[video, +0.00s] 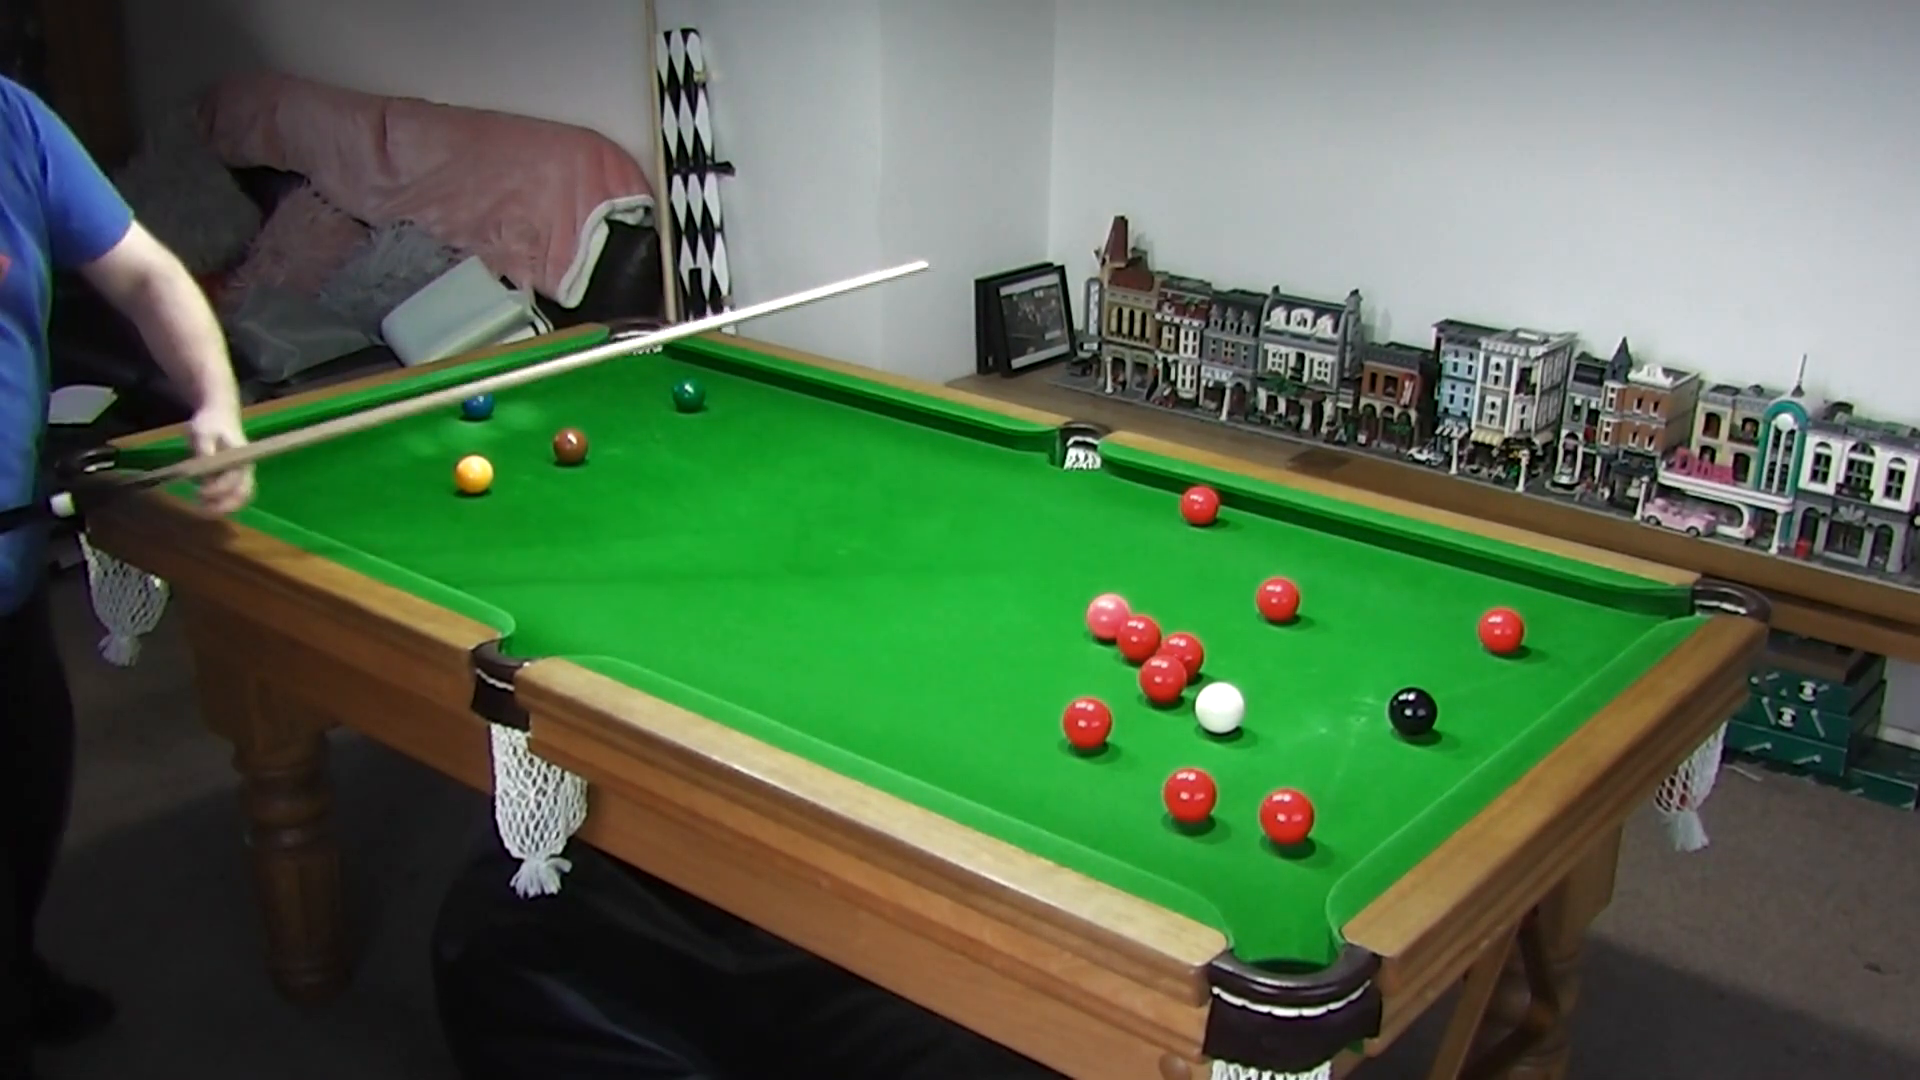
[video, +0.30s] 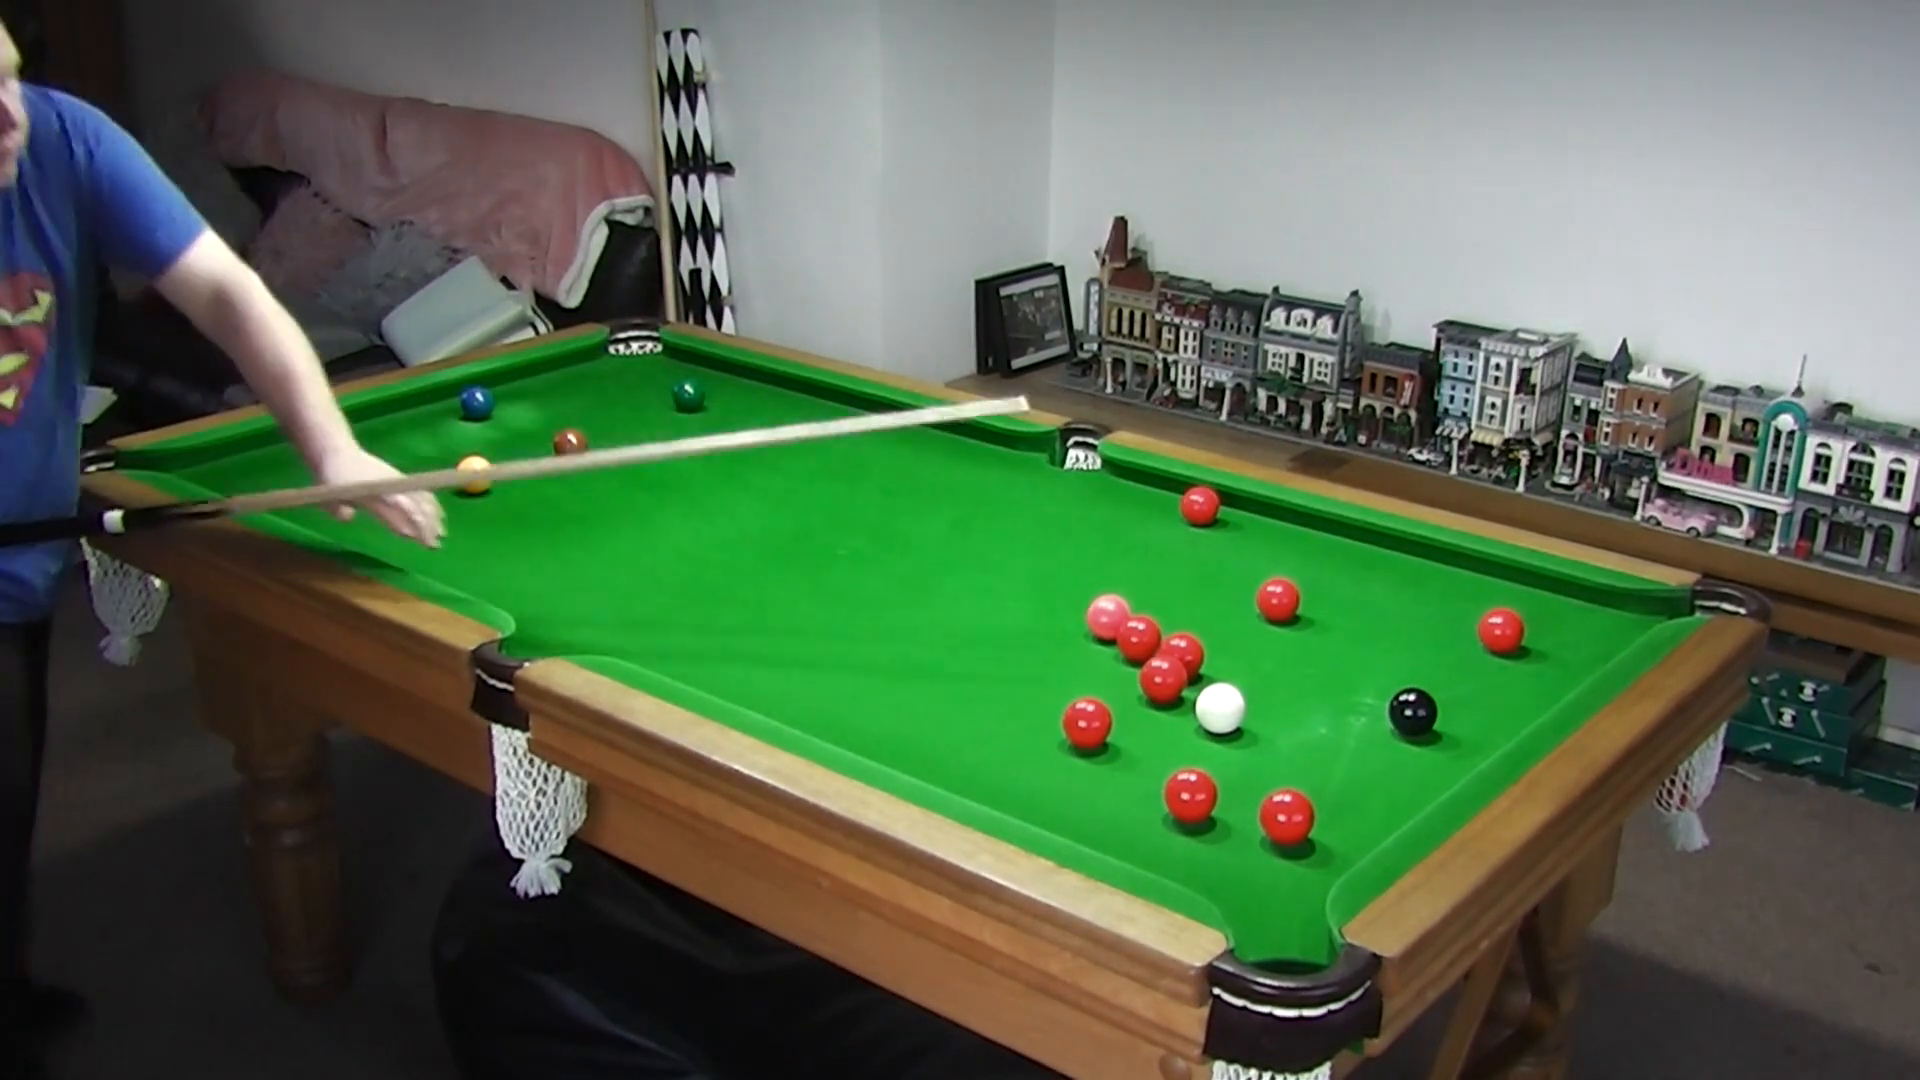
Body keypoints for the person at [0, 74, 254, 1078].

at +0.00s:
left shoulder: (17, 125)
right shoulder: (21, 126)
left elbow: (143, 271)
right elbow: (145, 272)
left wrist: (216, 404)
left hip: (15, 586)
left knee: (34, 781)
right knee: (23, 786)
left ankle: (24, 978)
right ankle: (15, 994)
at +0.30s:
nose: (11, 121)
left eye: (12, 90)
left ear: (25, 75)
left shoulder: (63, 141)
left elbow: (229, 292)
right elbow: (230, 289)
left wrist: (337, 451)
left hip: (24, 557)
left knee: (14, 808)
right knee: (13, 807)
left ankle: (17, 990)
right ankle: (14, 998)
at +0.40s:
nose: (37, 141)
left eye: (41, 104)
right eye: (6, 121)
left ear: (50, 81)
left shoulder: (90, 168)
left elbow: (259, 315)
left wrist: (379, 475)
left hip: (23, 574)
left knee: (27, 828)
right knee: (26, 827)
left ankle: (51, 1034)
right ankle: (44, 1031)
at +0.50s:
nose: (109, 202)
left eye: (110, 166)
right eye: (68, 188)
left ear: (119, 145)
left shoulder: (151, 214)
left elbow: (319, 360)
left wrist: (452, 517)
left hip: (24, 568)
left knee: (25, 803)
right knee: (22, 804)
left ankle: (91, 1022)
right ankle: (87, 1016)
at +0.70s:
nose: (240, 332)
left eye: (242, 297)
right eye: (203, 317)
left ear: (240, 253)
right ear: (95, 307)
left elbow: (414, 430)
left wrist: (560, 577)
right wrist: (35, 477)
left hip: (22, 603)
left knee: (29, 843)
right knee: (22, 844)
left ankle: (87, 1041)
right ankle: (83, 1042)